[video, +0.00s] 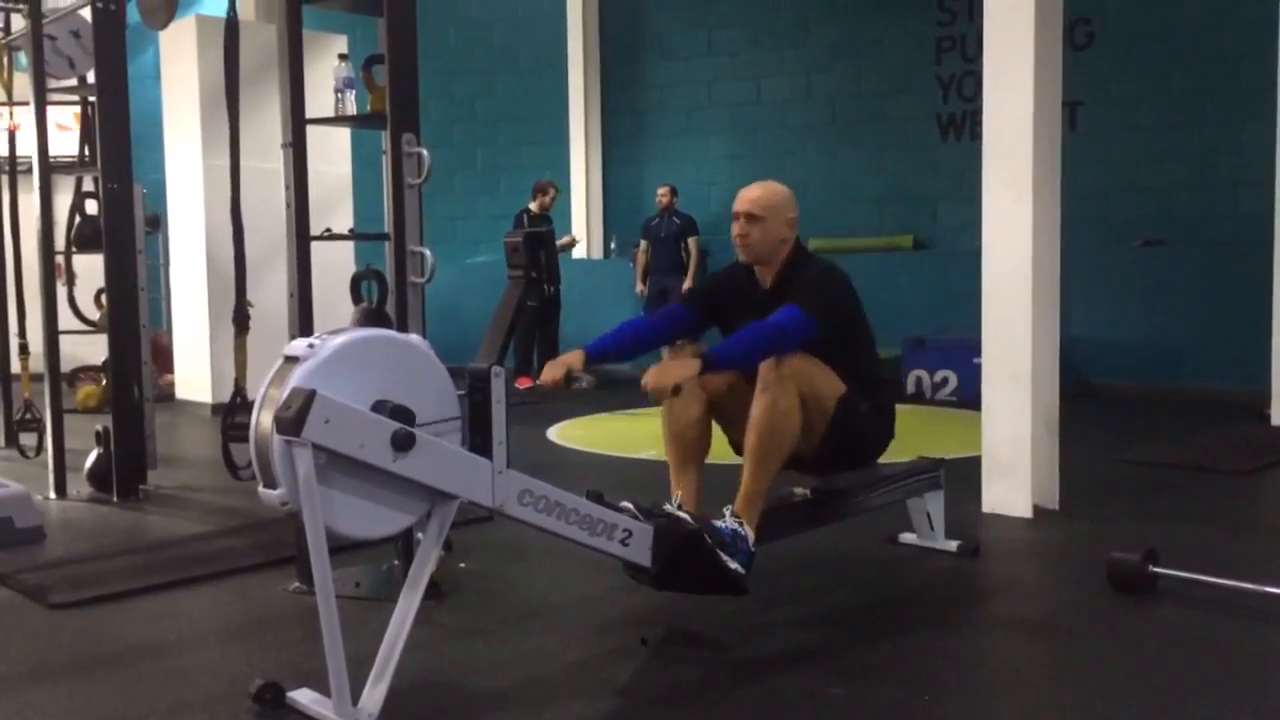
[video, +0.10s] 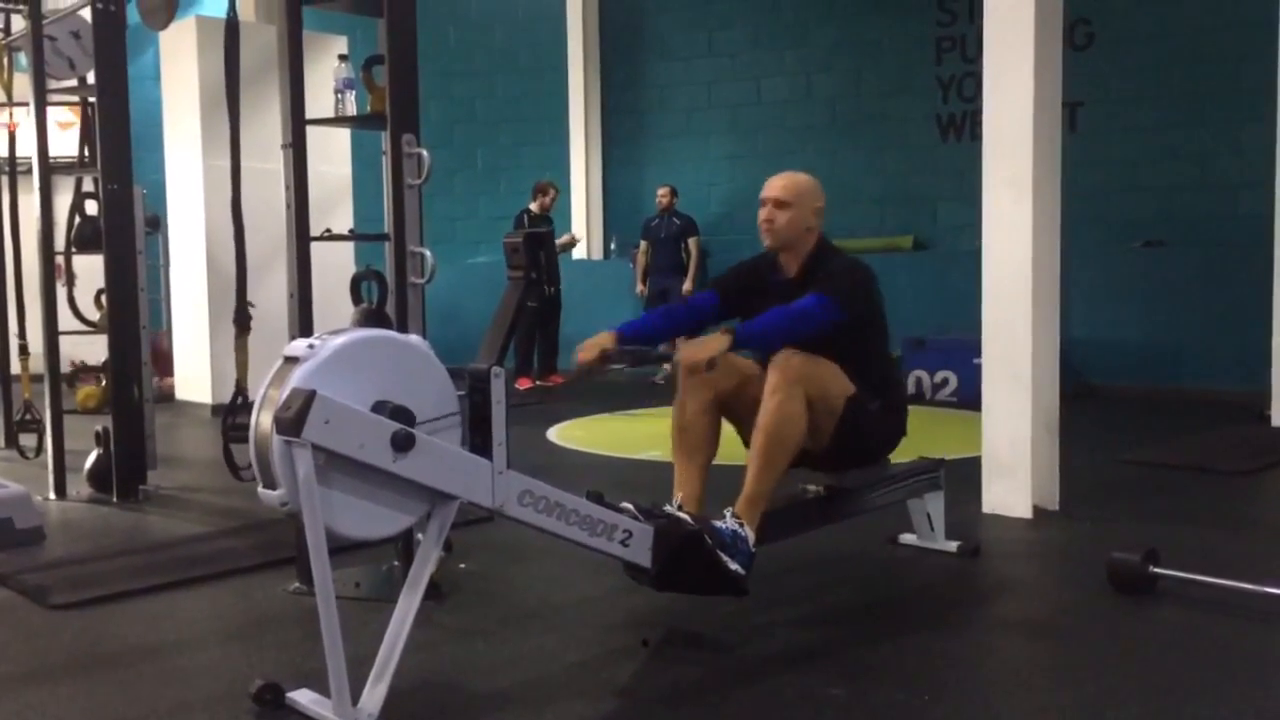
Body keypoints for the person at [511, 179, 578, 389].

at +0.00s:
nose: (553, 203)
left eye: (554, 199)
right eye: (551, 198)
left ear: (546, 199)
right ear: (540, 197)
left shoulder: (547, 220)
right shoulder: (523, 219)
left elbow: (547, 251)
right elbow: (527, 253)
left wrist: (563, 246)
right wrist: (557, 245)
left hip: (551, 284)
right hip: (531, 286)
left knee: (549, 333)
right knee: (526, 333)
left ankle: (547, 374)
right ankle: (523, 374)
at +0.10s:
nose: (553, 203)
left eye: (554, 199)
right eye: (551, 199)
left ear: (546, 199)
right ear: (540, 197)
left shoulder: (547, 221)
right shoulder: (524, 219)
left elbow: (547, 252)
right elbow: (527, 252)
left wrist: (564, 245)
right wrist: (558, 244)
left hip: (551, 285)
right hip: (531, 286)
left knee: (550, 331)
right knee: (527, 333)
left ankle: (548, 372)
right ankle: (523, 375)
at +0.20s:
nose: (554, 203)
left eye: (555, 199)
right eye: (552, 199)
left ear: (547, 199)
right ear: (540, 197)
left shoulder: (548, 221)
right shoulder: (524, 219)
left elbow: (549, 252)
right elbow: (529, 254)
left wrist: (565, 245)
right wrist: (559, 244)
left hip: (552, 285)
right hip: (532, 286)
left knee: (550, 332)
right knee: (527, 332)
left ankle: (548, 372)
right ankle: (523, 375)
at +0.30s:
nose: (554, 204)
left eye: (555, 200)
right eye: (552, 199)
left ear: (546, 199)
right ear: (540, 197)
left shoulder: (548, 222)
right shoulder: (524, 221)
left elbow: (550, 253)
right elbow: (528, 253)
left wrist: (566, 245)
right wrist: (559, 243)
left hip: (552, 284)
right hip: (532, 286)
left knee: (551, 331)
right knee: (528, 332)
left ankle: (548, 373)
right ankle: (523, 376)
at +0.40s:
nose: (555, 204)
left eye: (556, 200)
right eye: (553, 200)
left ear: (546, 200)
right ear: (541, 198)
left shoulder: (549, 223)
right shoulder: (525, 221)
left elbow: (550, 253)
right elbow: (529, 253)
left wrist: (566, 245)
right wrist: (559, 243)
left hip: (553, 285)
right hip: (533, 286)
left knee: (552, 331)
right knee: (528, 332)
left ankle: (548, 373)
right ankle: (524, 376)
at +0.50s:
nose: (557, 205)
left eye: (558, 201)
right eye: (554, 200)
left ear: (548, 200)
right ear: (543, 199)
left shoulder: (550, 223)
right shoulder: (526, 222)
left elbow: (552, 254)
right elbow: (531, 253)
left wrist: (567, 245)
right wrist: (560, 243)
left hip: (554, 284)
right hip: (535, 285)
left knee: (553, 331)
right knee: (530, 333)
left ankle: (549, 374)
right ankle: (524, 377)